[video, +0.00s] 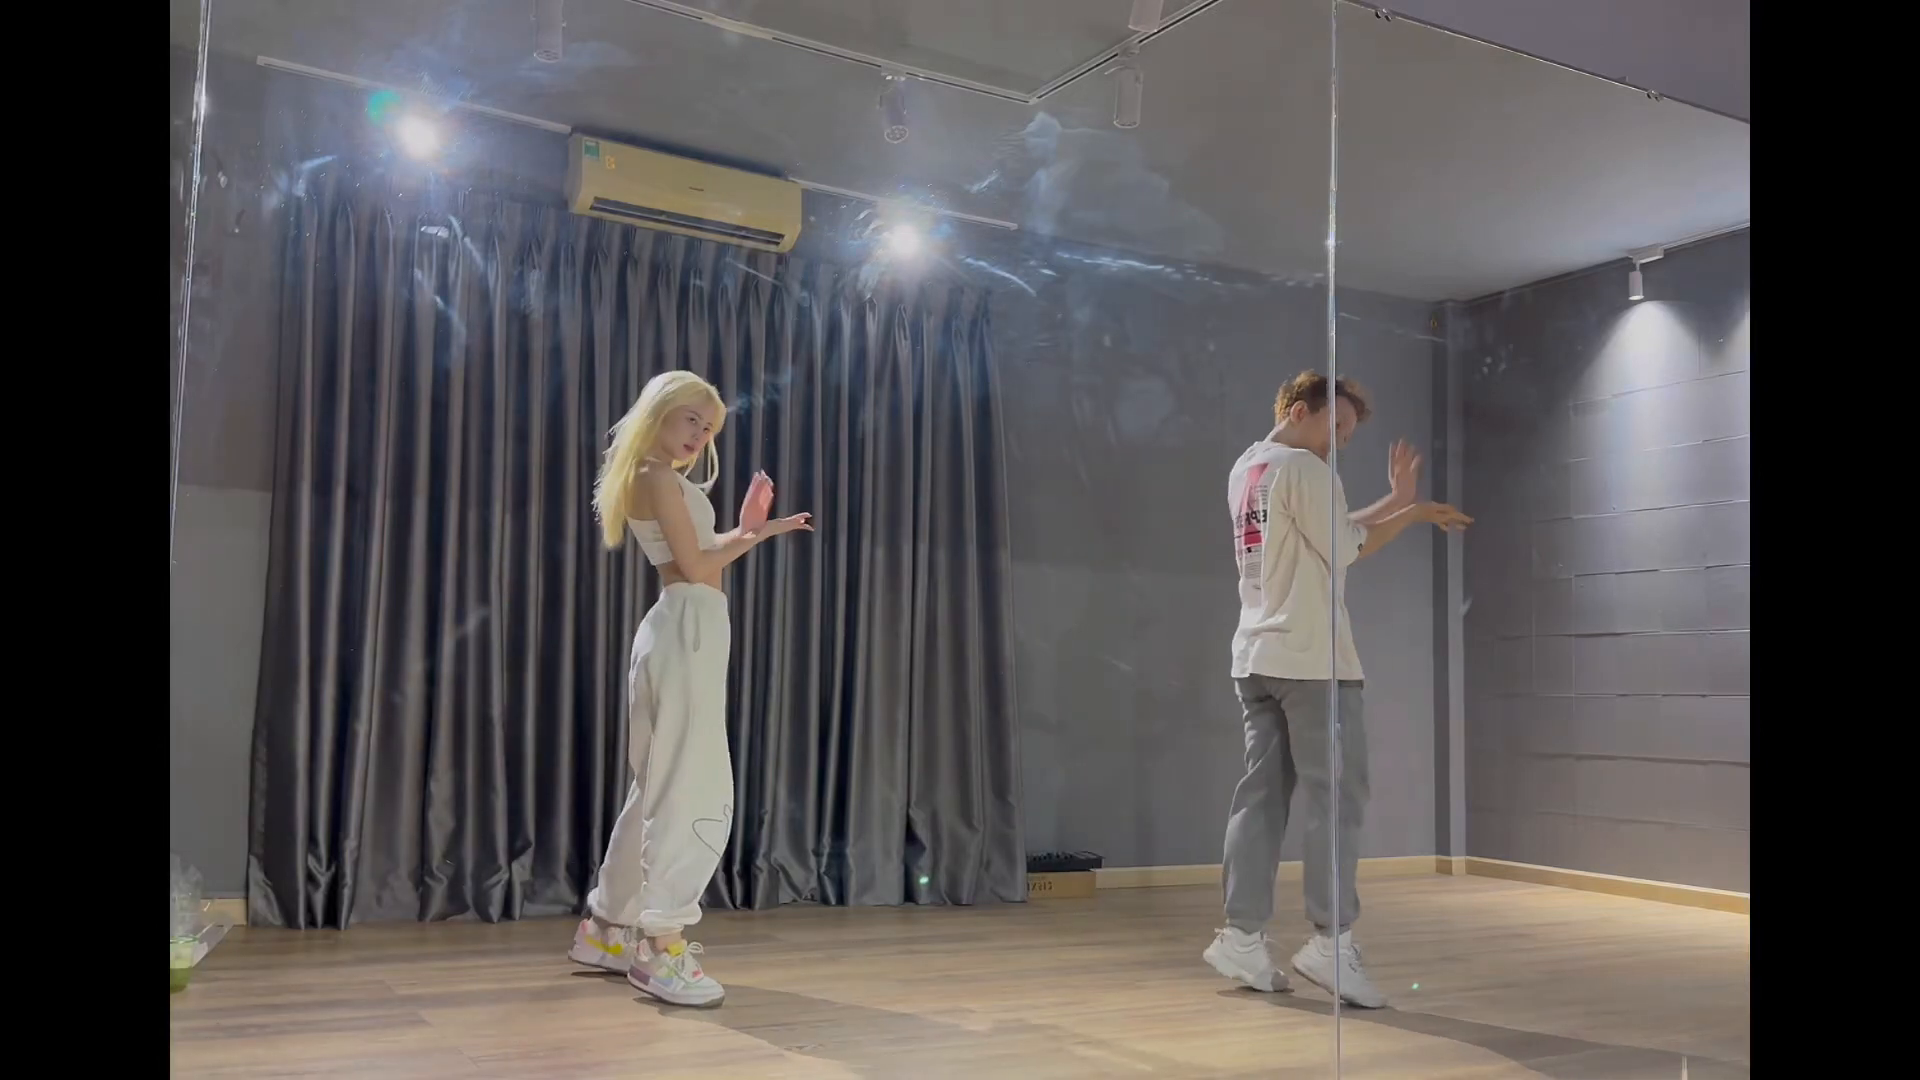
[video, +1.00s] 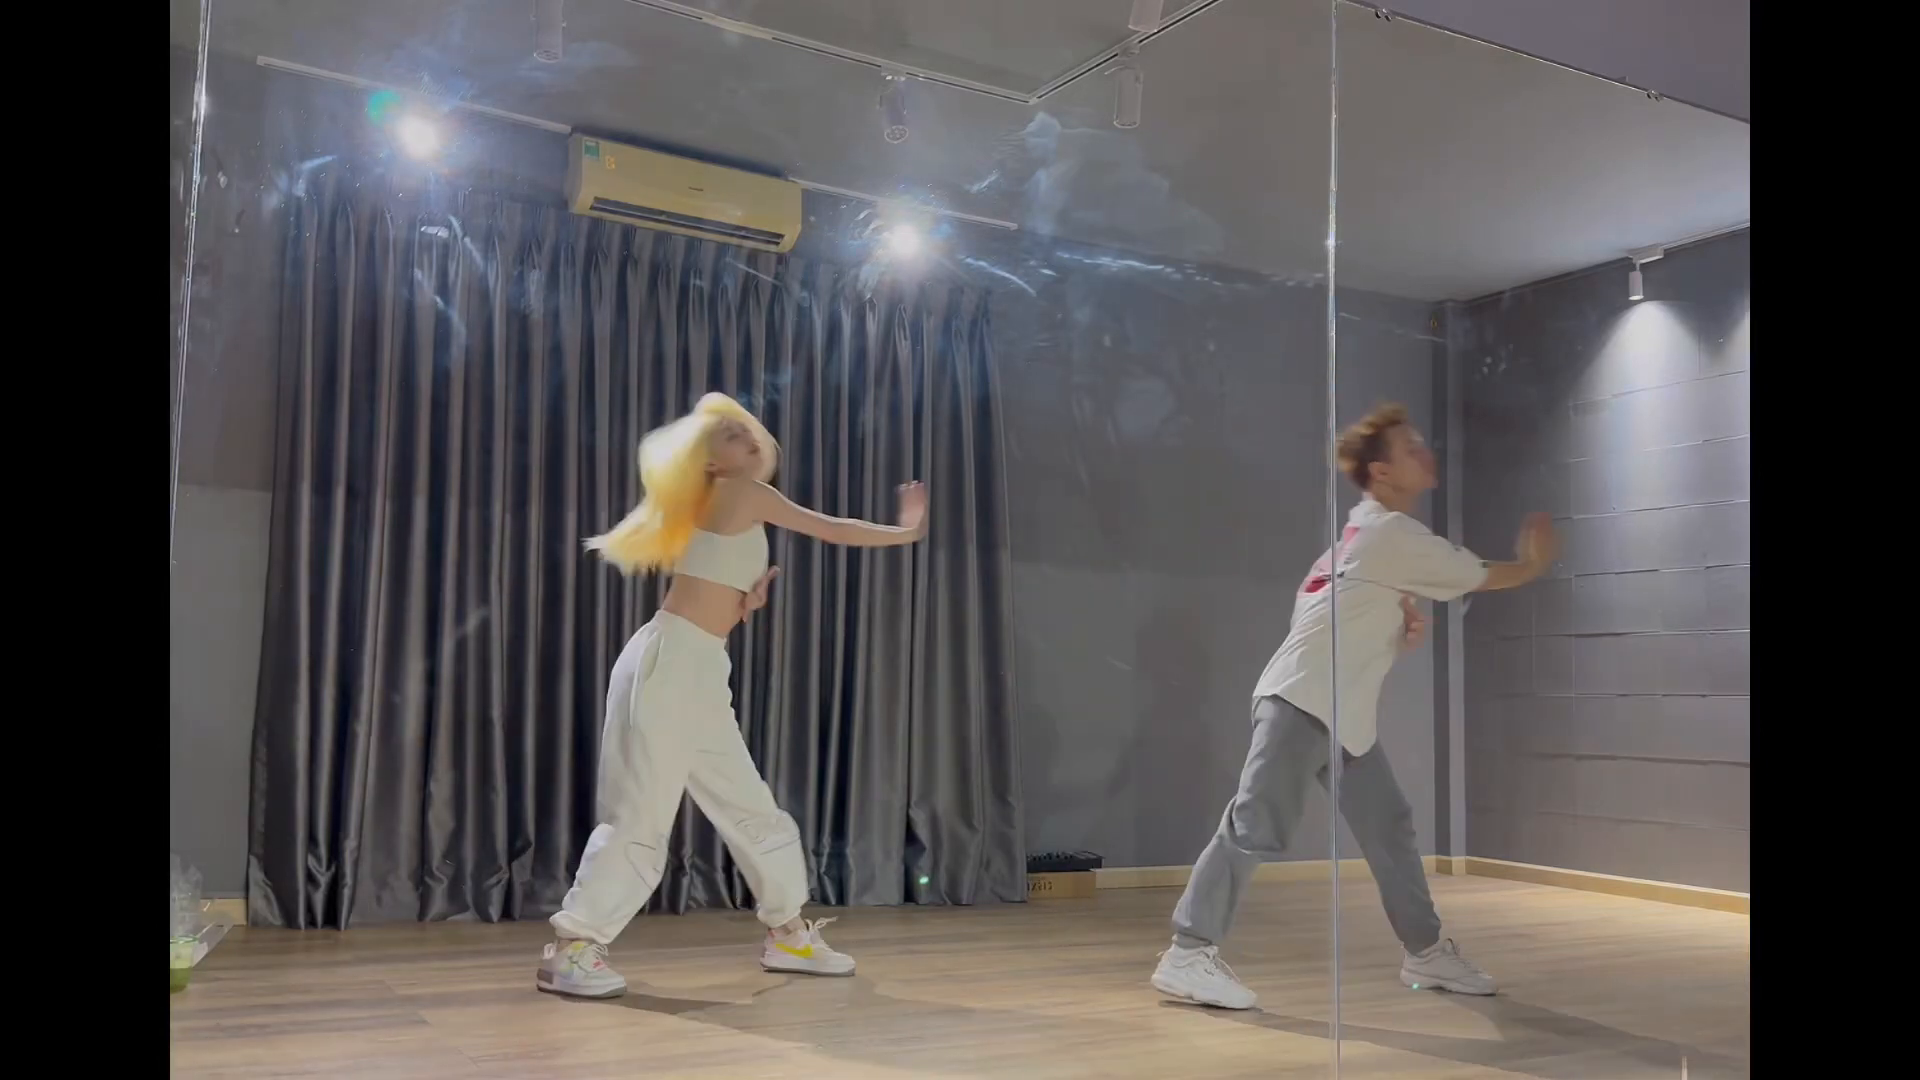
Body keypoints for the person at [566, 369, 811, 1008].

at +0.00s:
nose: (700, 434)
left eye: (708, 428)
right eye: (692, 419)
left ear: (704, 434)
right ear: (659, 415)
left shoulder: (656, 480)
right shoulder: (660, 479)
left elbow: (695, 563)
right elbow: (694, 566)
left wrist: (744, 530)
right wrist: (759, 534)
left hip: (669, 636)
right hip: (686, 639)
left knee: (657, 789)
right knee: (692, 792)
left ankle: (603, 929)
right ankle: (663, 948)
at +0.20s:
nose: (693, 457)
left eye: (691, 447)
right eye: (675, 450)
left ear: (695, 461)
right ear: (649, 473)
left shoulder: (657, 520)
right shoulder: (683, 527)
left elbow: (732, 503)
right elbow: (698, 625)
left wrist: (743, 449)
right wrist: (769, 615)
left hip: (634, 698)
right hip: (658, 705)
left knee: (674, 833)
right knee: (734, 812)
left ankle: (605, 939)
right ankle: (678, 946)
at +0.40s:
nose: (694, 480)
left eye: (692, 471)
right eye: (676, 473)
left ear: (693, 488)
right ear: (647, 497)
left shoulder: (648, 545)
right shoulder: (687, 550)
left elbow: (719, 526)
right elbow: (689, 651)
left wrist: (742, 473)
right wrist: (755, 643)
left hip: (624, 716)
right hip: (651, 722)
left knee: (687, 845)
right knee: (733, 807)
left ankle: (604, 939)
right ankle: (677, 947)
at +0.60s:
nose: (680, 474)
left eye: (686, 467)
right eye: (667, 462)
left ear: (685, 477)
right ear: (634, 469)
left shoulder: (630, 527)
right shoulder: (649, 531)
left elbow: (705, 531)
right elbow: (691, 614)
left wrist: (726, 534)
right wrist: (746, 610)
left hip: (644, 697)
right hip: (661, 701)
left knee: (676, 835)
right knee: (735, 818)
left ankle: (605, 941)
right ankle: (617, 924)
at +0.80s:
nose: (686, 476)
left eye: (695, 468)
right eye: (676, 461)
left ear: (699, 475)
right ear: (644, 459)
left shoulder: (659, 523)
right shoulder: (633, 509)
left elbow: (646, 608)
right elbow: (666, 578)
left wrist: (723, 607)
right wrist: (708, 523)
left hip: (698, 682)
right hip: (672, 683)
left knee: (755, 811)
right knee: (668, 828)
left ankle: (664, 903)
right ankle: (577, 948)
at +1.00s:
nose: (744, 438)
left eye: (743, 430)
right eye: (729, 437)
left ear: (759, 443)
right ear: (712, 464)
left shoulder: (716, 501)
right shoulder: (741, 494)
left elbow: (691, 601)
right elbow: (831, 528)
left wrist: (742, 601)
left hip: (692, 672)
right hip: (669, 669)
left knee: (752, 808)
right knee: (639, 816)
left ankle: (788, 933)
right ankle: (574, 947)